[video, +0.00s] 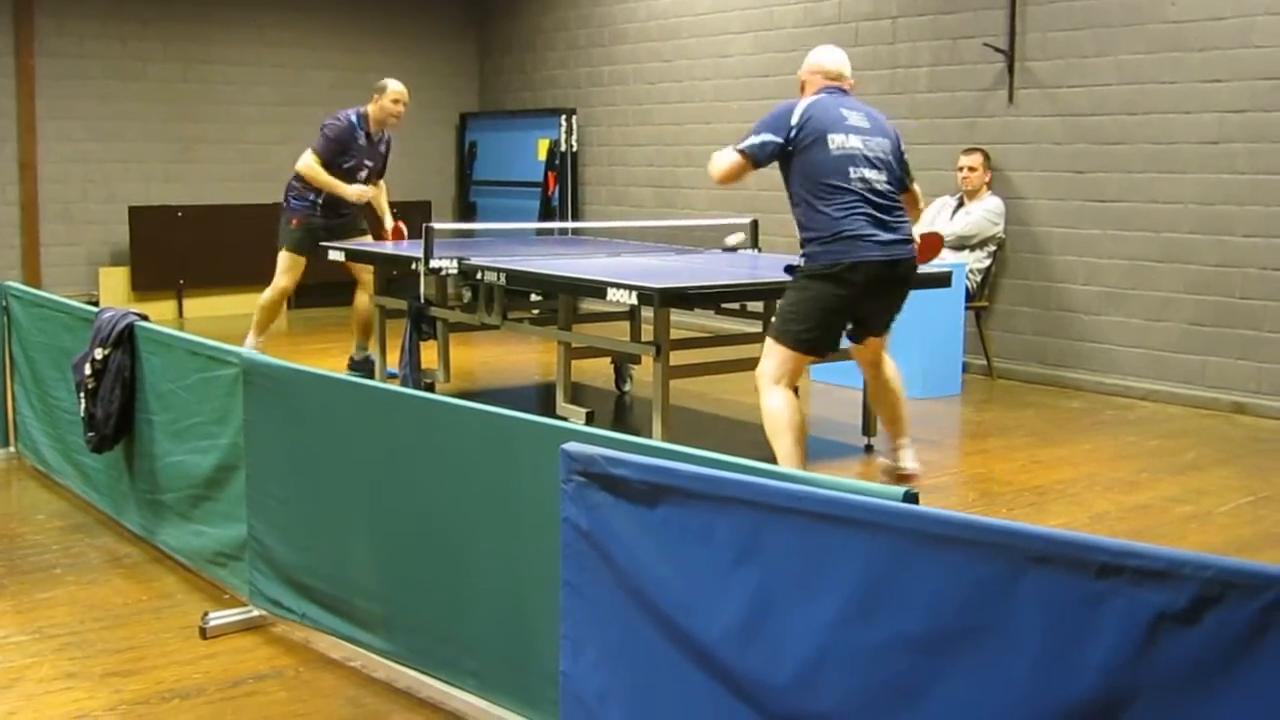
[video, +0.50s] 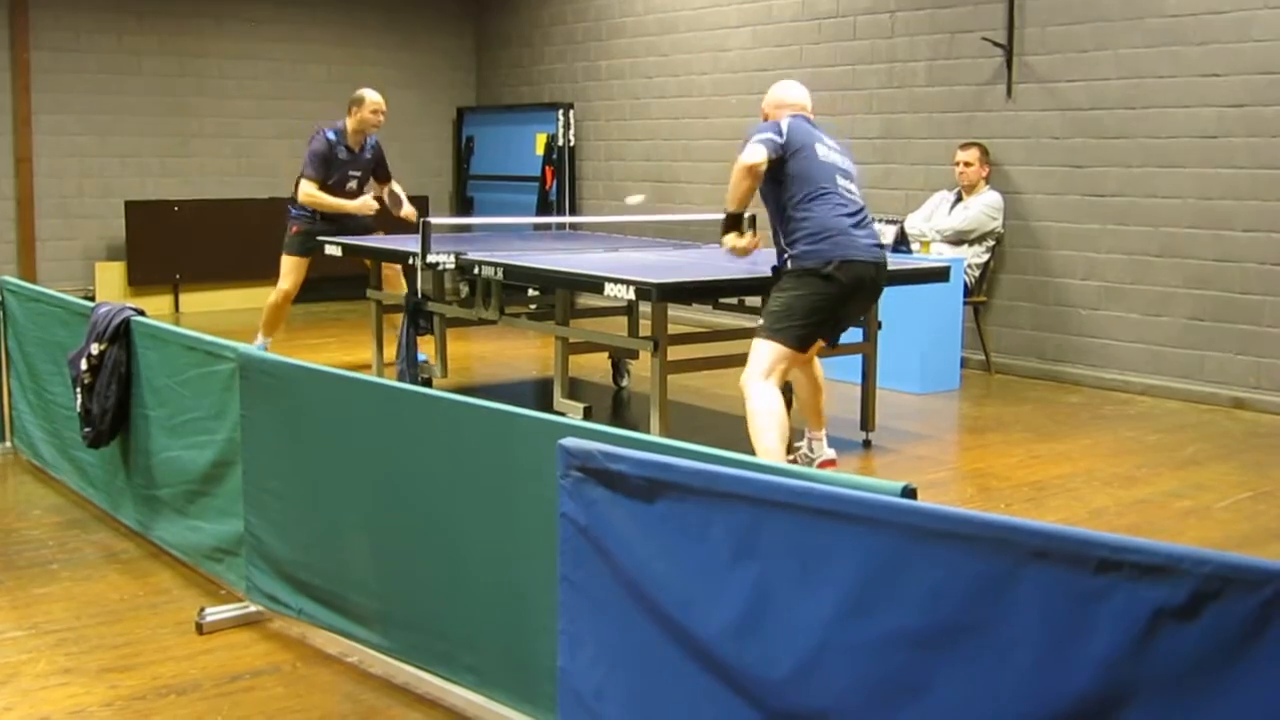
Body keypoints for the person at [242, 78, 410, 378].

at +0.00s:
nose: (400, 110)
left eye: (404, 105)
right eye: (395, 102)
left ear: (403, 108)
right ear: (376, 100)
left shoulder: (384, 140)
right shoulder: (342, 126)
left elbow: (376, 183)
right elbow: (305, 165)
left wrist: (387, 218)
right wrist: (346, 190)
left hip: (345, 212)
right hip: (305, 208)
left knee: (369, 279)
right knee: (284, 285)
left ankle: (360, 356)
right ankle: (252, 344)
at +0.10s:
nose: (389, 101)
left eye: (392, 96)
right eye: (384, 94)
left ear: (391, 100)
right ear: (364, 93)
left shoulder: (375, 134)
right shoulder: (334, 120)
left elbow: (370, 178)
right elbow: (307, 164)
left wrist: (385, 209)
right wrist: (354, 183)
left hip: (345, 210)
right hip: (304, 211)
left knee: (370, 275)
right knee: (283, 285)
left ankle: (361, 354)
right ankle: (266, 345)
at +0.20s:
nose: (377, 98)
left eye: (380, 93)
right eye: (371, 91)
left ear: (378, 96)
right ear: (351, 90)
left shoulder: (366, 131)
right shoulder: (323, 120)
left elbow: (367, 174)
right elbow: (304, 167)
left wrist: (386, 199)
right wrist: (353, 181)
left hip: (343, 209)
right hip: (303, 211)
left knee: (381, 265)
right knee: (284, 285)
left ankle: (374, 346)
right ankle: (268, 346)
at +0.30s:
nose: (370, 99)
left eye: (373, 93)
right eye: (364, 92)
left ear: (372, 96)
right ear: (344, 92)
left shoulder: (363, 130)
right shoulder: (316, 124)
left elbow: (370, 169)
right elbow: (299, 173)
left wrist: (389, 194)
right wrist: (351, 184)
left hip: (344, 211)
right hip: (302, 214)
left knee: (383, 266)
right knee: (283, 286)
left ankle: (391, 340)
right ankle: (264, 346)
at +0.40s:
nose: (372, 107)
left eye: (374, 102)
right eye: (366, 101)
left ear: (375, 104)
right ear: (345, 101)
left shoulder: (368, 138)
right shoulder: (316, 133)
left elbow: (379, 175)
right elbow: (298, 184)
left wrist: (393, 197)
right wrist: (348, 193)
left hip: (346, 215)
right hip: (305, 216)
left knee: (385, 270)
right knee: (284, 286)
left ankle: (406, 345)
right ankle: (262, 345)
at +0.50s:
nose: (381, 119)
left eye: (383, 113)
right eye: (375, 112)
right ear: (354, 112)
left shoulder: (372, 146)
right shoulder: (324, 141)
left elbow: (386, 185)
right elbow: (305, 194)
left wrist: (403, 205)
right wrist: (352, 205)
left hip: (351, 219)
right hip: (310, 218)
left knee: (392, 270)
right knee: (286, 289)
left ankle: (408, 346)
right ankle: (261, 344)